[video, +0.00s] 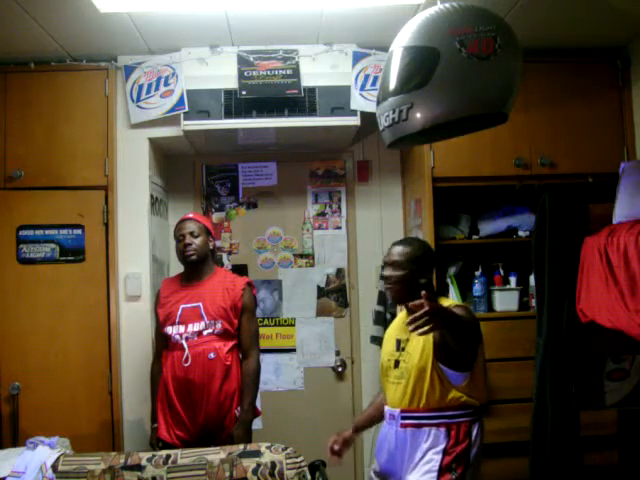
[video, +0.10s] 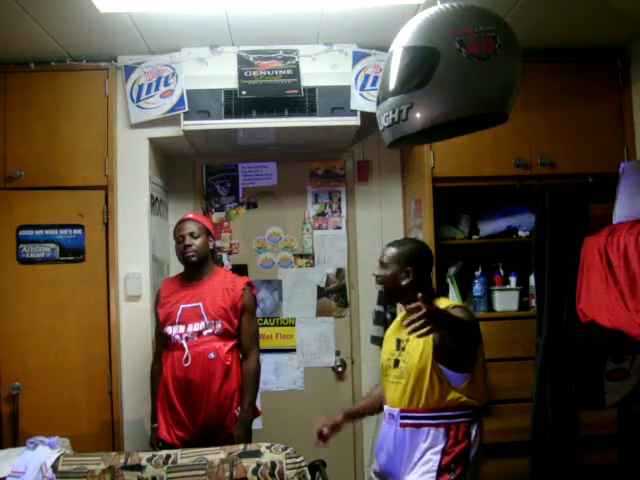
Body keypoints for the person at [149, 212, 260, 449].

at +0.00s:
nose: (186, 241)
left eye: (194, 235)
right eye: (180, 238)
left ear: (211, 242)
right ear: (176, 248)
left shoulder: (237, 288)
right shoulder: (167, 290)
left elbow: (250, 355)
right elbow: (160, 355)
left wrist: (245, 418)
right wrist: (157, 420)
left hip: (224, 416)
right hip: (176, 417)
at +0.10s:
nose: (186, 242)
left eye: (194, 236)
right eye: (180, 239)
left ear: (210, 242)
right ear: (176, 248)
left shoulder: (237, 288)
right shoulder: (167, 290)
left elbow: (250, 355)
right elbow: (160, 355)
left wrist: (245, 418)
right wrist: (157, 420)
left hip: (224, 416)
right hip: (176, 417)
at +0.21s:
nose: (186, 243)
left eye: (194, 236)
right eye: (180, 239)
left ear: (210, 242)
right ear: (176, 248)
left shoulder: (237, 288)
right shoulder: (167, 290)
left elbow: (250, 355)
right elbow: (160, 355)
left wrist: (245, 418)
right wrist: (157, 420)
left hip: (224, 416)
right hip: (176, 417)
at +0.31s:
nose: (186, 242)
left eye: (194, 236)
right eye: (180, 239)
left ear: (210, 242)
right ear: (176, 248)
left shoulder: (237, 288)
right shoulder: (167, 290)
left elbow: (250, 355)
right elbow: (160, 355)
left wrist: (245, 418)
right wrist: (157, 420)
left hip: (224, 417)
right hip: (176, 417)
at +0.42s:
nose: (186, 241)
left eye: (194, 235)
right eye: (179, 238)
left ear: (210, 242)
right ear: (175, 247)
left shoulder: (237, 288)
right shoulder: (167, 290)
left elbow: (250, 355)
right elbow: (160, 356)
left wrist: (245, 418)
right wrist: (157, 420)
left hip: (224, 417)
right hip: (175, 418)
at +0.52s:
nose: (186, 241)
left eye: (194, 235)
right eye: (179, 237)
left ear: (210, 242)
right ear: (175, 247)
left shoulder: (237, 288)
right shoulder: (167, 290)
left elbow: (250, 355)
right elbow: (159, 356)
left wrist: (245, 418)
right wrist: (156, 420)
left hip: (224, 417)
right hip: (175, 417)